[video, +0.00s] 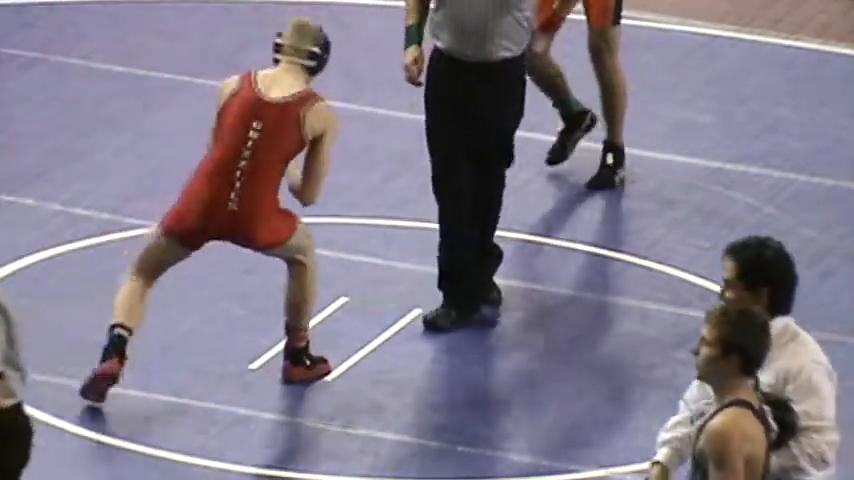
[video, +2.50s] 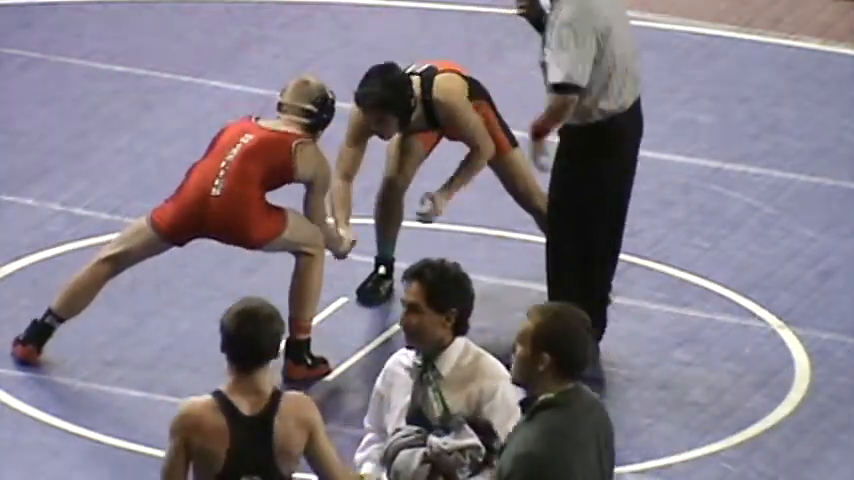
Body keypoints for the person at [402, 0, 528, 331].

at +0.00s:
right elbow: (417, 2)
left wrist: (546, 30)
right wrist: (413, 40)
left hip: (502, 68)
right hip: (448, 62)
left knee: (488, 177)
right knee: (451, 182)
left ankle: (480, 276)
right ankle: (458, 296)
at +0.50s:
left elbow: (583, 22)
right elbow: (478, 20)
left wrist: (549, 78)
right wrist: (444, 70)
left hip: (510, 84)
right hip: (470, 78)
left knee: (498, 203)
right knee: (457, 193)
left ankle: (521, 332)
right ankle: (461, 301)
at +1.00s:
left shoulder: (544, 7)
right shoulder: (525, 5)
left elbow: (579, 57)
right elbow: (519, 30)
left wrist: (573, 114)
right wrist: (474, 55)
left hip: (548, 109)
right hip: (534, 102)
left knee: (532, 217)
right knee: (526, 215)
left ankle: (528, 330)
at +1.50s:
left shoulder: (567, 4)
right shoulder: (548, 6)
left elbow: (611, 54)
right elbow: (527, 39)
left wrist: (612, 119)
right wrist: (472, 73)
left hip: (592, 111)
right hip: (594, 107)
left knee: (536, 214)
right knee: (577, 218)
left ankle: (537, 333)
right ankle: (579, 336)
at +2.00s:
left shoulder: (568, 11)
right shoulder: (554, 9)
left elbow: (615, 70)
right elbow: (530, 52)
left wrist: (614, 141)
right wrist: (476, 93)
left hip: (601, 127)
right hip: (585, 122)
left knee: (581, 235)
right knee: (564, 227)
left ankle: (574, 352)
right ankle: (566, 327)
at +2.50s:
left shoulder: (572, 15)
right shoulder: (593, 5)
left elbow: (566, 98)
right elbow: (568, 49)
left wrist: (538, 130)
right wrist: (535, 16)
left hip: (593, 130)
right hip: (619, 118)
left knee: (568, 231)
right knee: (597, 229)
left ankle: (567, 332)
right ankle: (588, 327)